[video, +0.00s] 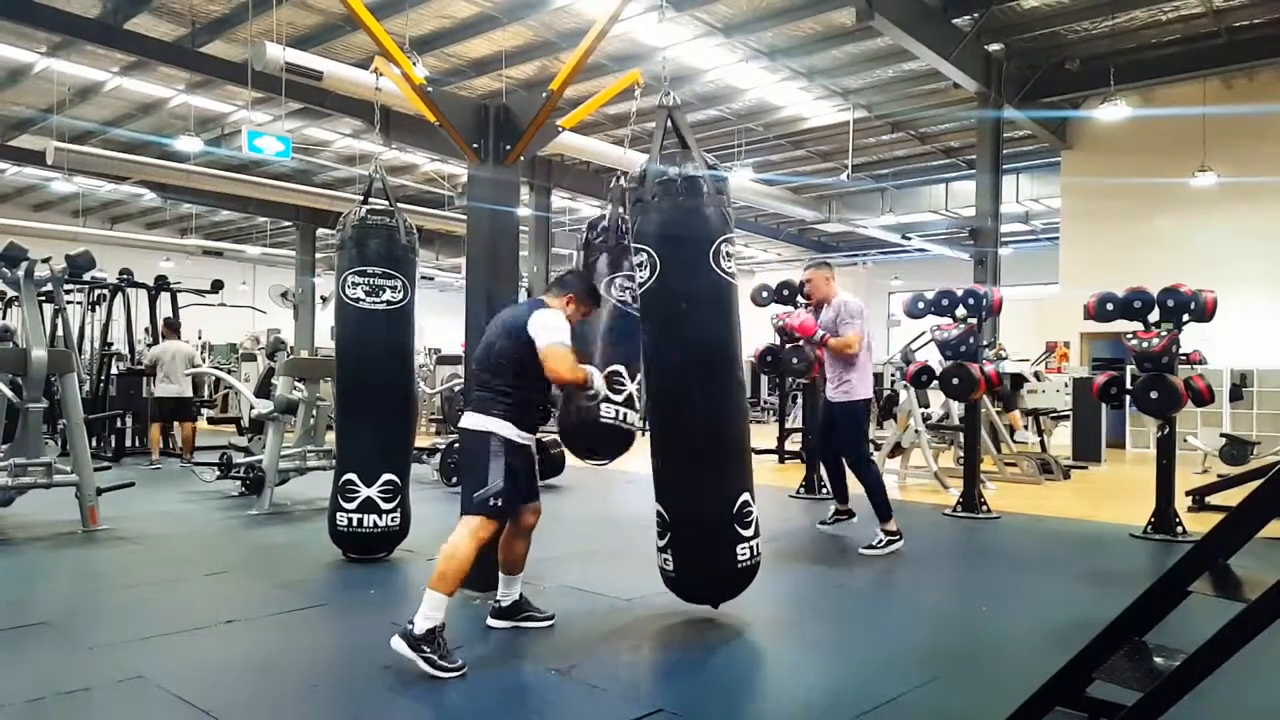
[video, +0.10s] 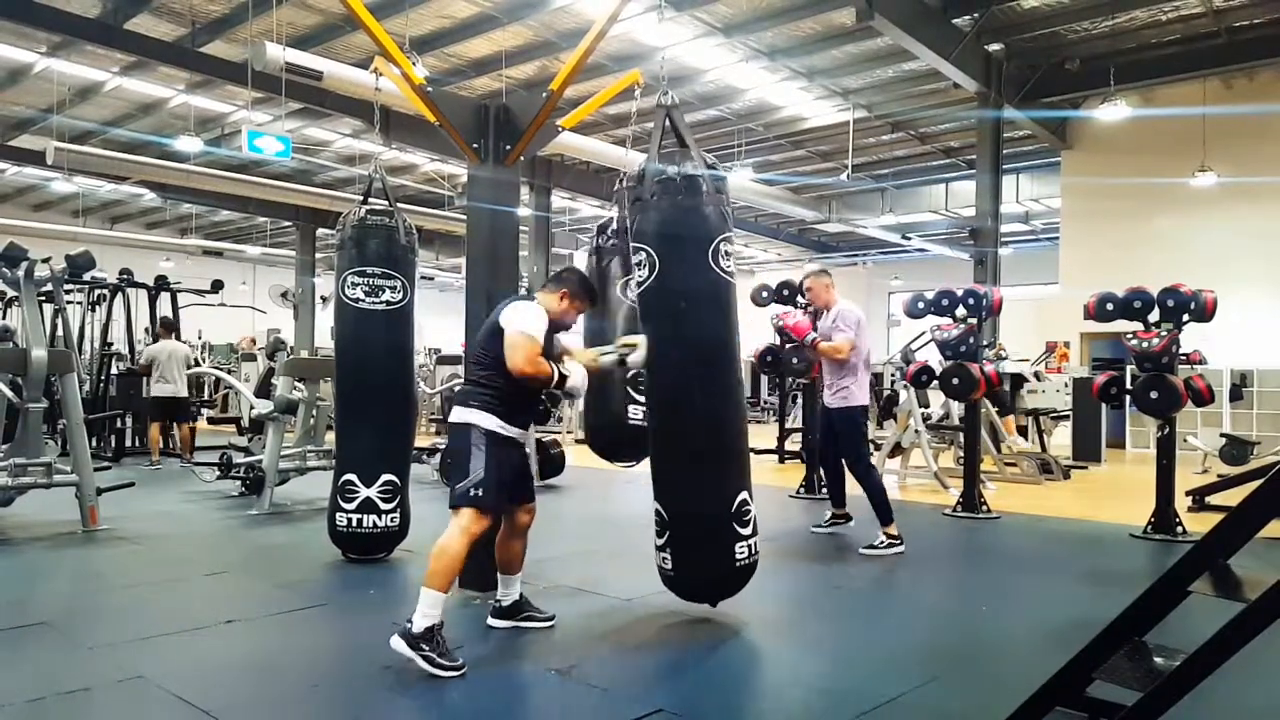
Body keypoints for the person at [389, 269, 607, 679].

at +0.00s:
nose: (577, 323)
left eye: (579, 318)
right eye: (579, 315)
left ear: (559, 295)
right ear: (568, 301)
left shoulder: (517, 313)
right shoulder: (546, 317)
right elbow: (561, 371)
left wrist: (574, 379)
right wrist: (592, 376)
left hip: (512, 434)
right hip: (492, 431)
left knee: (525, 514)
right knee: (481, 522)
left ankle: (507, 603)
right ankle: (423, 628)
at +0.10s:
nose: (574, 321)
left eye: (578, 315)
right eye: (576, 312)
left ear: (562, 296)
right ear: (563, 296)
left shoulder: (540, 321)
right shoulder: (526, 310)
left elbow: (575, 356)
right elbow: (522, 364)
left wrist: (619, 355)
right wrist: (561, 374)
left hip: (510, 432)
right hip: (480, 426)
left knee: (520, 514)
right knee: (473, 519)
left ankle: (507, 603)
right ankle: (422, 627)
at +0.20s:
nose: (560, 317)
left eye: (563, 313)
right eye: (561, 310)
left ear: (546, 298)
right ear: (547, 296)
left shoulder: (534, 328)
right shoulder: (502, 312)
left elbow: (553, 372)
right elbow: (508, 371)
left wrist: (595, 363)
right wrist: (547, 356)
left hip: (502, 435)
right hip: (468, 428)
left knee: (512, 516)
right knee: (459, 522)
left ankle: (507, 603)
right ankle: (395, 624)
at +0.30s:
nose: (546, 324)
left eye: (550, 318)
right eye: (547, 315)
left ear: (528, 298)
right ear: (531, 299)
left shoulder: (508, 326)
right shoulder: (491, 319)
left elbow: (508, 381)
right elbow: (501, 383)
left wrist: (540, 371)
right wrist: (540, 366)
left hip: (489, 443)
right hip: (456, 438)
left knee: (508, 519)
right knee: (444, 531)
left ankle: (507, 605)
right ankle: (365, 628)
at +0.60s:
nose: (508, 316)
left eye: (512, 310)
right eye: (510, 307)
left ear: (489, 290)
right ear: (491, 288)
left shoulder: (469, 323)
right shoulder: (445, 313)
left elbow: (466, 374)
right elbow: (451, 380)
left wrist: (500, 361)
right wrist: (493, 356)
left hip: (449, 442)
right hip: (414, 440)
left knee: (478, 513)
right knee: (401, 536)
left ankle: (454, 601)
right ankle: (351, 641)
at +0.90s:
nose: (522, 322)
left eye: (524, 316)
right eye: (523, 313)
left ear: (498, 295)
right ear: (510, 300)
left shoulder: (457, 315)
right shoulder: (487, 316)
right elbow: (497, 358)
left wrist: (520, 367)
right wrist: (538, 364)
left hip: (450, 442)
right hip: (431, 440)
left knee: (473, 511)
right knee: (416, 537)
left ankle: (463, 603)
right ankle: (354, 639)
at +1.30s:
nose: (534, 333)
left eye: (538, 327)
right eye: (534, 324)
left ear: (518, 309)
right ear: (515, 306)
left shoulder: (504, 341)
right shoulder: (465, 327)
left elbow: (495, 393)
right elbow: (454, 388)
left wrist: (523, 397)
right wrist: (503, 378)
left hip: (472, 449)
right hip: (430, 446)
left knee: (510, 513)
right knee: (413, 538)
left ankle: (479, 589)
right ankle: (362, 630)